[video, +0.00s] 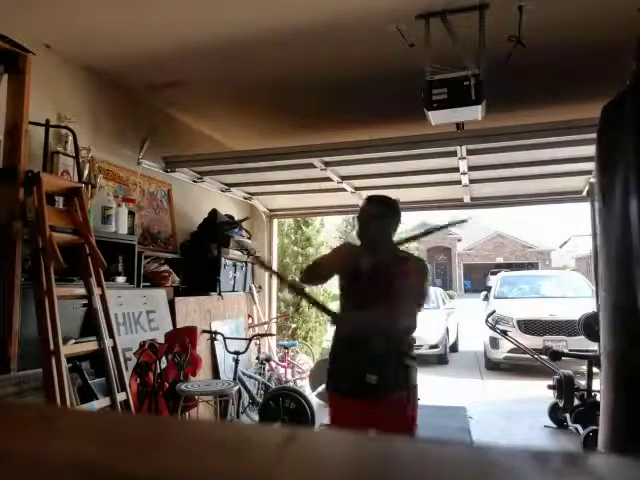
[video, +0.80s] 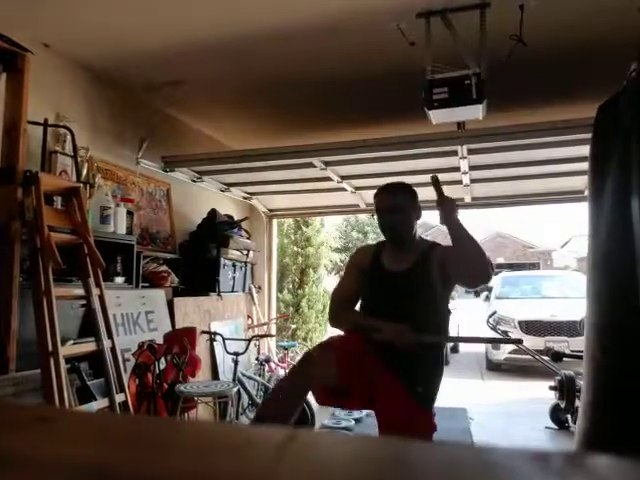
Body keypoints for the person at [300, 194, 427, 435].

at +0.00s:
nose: (361, 229)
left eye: (370, 222)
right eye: (360, 221)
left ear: (390, 225)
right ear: (358, 222)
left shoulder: (411, 266)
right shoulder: (349, 254)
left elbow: (404, 320)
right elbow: (308, 276)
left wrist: (351, 321)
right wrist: (340, 259)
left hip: (393, 379)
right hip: (348, 376)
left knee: (393, 462)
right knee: (346, 459)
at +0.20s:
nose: (391, 233)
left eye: (400, 227)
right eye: (385, 224)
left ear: (411, 231)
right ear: (375, 224)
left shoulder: (419, 278)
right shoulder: (349, 257)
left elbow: (428, 336)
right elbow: (298, 268)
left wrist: (466, 309)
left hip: (402, 395)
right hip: (355, 390)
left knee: (394, 473)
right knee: (352, 471)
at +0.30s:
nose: (403, 233)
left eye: (411, 227)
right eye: (397, 224)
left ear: (421, 233)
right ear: (384, 224)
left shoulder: (424, 281)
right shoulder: (358, 258)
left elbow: (446, 339)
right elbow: (306, 281)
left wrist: (477, 296)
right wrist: (264, 297)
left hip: (406, 402)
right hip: (357, 399)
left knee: (399, 475)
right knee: (353, 474)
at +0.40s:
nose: (409, 223)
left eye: (417, 217)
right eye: (403, 214)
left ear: (428, 225)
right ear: (390, 217)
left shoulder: (436, 273)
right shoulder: (362, 254)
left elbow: (481, 322)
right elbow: (316, 295)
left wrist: (486, 267)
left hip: (410, 407)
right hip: (358, 401)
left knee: (401, 478)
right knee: (344, 474)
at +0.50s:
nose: (396, 220)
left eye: (406, 213)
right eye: (391, 212)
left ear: (424, 215)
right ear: (384, 213)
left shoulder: (444, 260)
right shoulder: (365, 252)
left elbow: (510, 285)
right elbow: (334, 301)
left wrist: (483, 227)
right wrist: (342, 331)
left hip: (405, 391)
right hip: (353, 380)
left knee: (401, 476)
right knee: (309, 450)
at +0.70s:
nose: (386, 223)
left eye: (393, 214)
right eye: (380, 217)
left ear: (412, 214)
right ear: (373, 221)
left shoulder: (436, 252)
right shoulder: (369, 259)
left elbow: (480, 264)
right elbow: (342, 310)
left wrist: (445, 217)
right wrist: (375, 315)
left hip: (412, 375)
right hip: (365, 354)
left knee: (404, 470)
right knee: (287, 368)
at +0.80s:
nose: (388, 221)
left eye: (396, 212)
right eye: (382, 213)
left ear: (416, 213)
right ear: (376, 217)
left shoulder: (439, 257)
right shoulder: (366, 258)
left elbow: (481, 274)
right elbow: (338, 314)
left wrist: (452, 223)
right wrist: (385, 330)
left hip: (411, 384)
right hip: (364, 360)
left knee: (404, 472)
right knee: (313, 363)